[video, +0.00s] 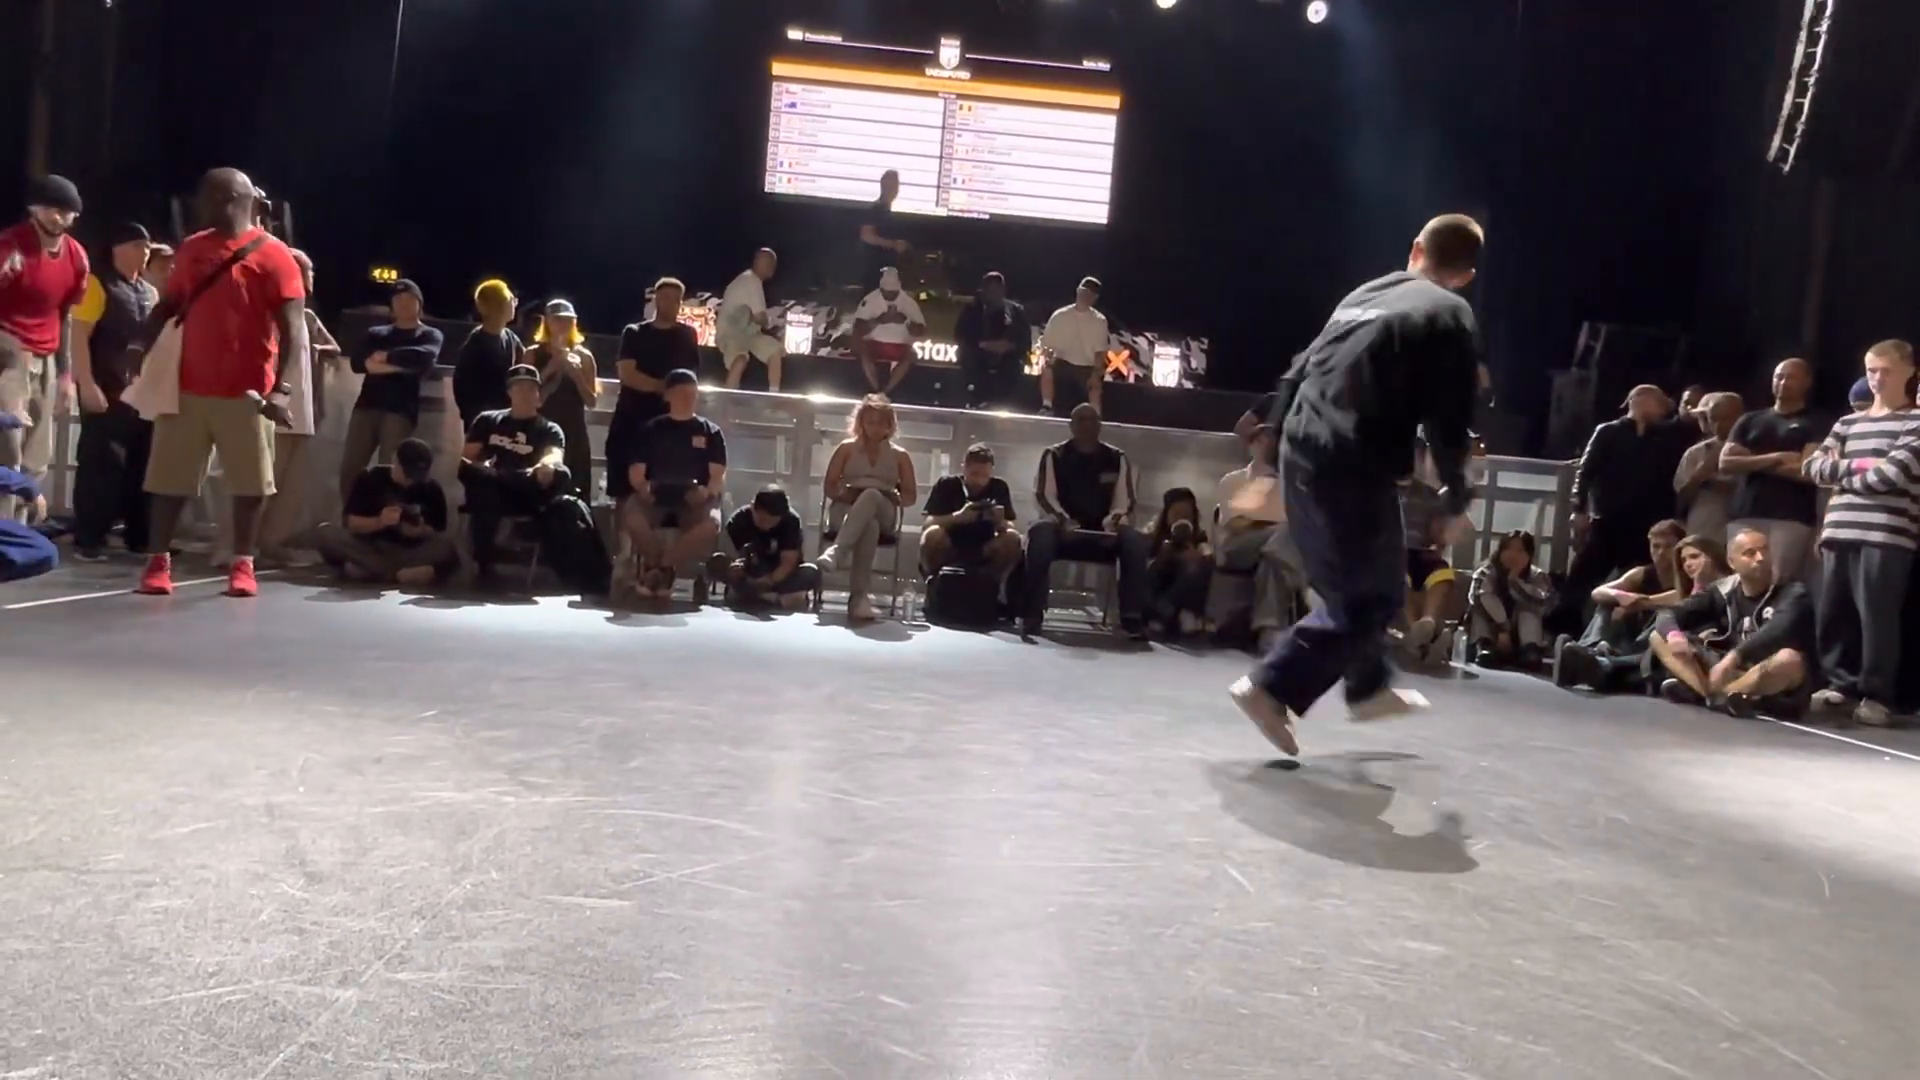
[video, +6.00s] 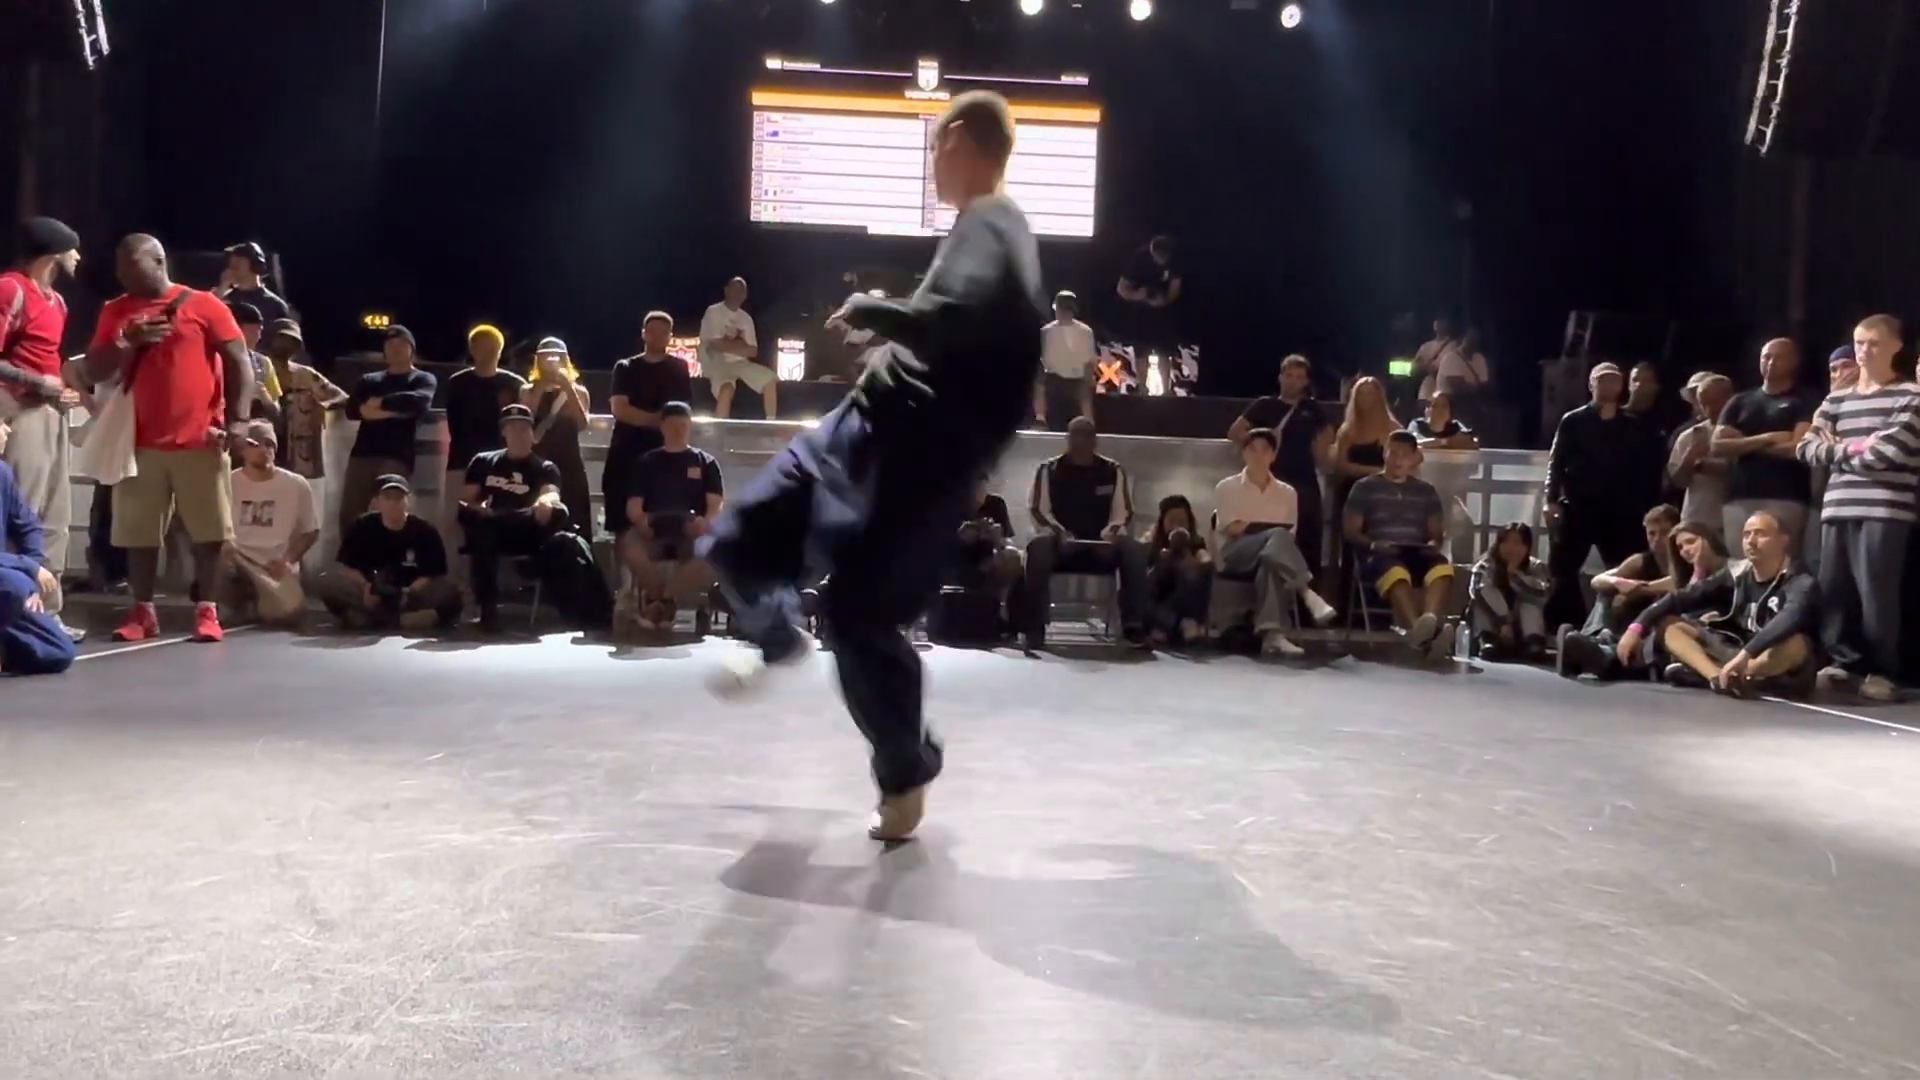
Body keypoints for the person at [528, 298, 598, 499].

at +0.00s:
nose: (563, 324)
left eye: (567, 319)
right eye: (557, 319)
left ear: (573, 323)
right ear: (547, 322)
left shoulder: (584, 356)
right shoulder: (533, 354)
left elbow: (591, 401)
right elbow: (529, 397)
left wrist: (575, 373)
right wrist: (553, 366)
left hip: (574, 428)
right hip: (541, 429)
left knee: (578, 490)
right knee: (540, 490)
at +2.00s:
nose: (559, 326)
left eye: (565, 320)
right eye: (554, 320)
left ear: (573, 323)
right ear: (545, 323)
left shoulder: (583, 354)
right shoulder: (533, 353)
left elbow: (589, 386)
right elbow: (527, 383)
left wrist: (578, 348)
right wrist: (546, 352)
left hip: (572, 427)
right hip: (540, 427)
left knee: (576, 486)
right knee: (539, 484)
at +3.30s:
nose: (538, 334)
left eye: (543, 329)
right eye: (532, 329)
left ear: (551, 336)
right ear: (523, 336)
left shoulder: (559, 367)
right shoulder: (511, 366)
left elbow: (567, 394)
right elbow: (504, 396)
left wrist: (556, 357)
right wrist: (524, 362)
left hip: (551, 440)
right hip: (520, 438)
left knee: (557, 499)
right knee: (519, 497)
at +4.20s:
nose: (533, 362)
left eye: (538, 357)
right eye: (528, 357)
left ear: (546, 363)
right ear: (519, 363)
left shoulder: (554, 391)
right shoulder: (514, 390)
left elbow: (565, 397)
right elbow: (504, 397)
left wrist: (550, 361)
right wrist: (521, 360)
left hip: (550, 458)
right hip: (521, 459)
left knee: (558, 514)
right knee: (522, 512)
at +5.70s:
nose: (545, 361)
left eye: (551, 356)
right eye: (540, 356)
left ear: (560, 363)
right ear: (532, 362)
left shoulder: (571, 393)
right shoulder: (524, 393)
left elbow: (578, 418)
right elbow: (516, 422)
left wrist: (566, 384)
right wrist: (534, 386)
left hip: (563, 467)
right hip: (532, 468)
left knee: (570, 526)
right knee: (533, 526)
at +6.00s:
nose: (551, 360)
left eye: (556, 355)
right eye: (545, 355)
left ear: (565, 360)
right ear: (537, 360)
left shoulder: (578, 392)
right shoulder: (528, 391)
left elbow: (583, 424)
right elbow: (524, 425)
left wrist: (567, 386)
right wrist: (540, 389)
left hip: (569, 462)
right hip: (538, 461)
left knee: (576, 519)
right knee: (538, 518)